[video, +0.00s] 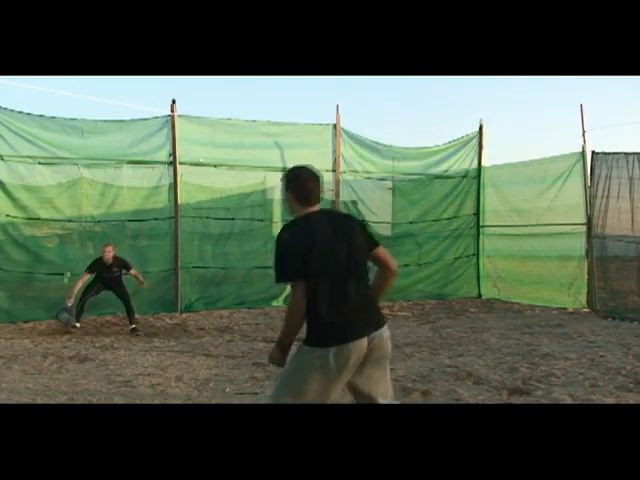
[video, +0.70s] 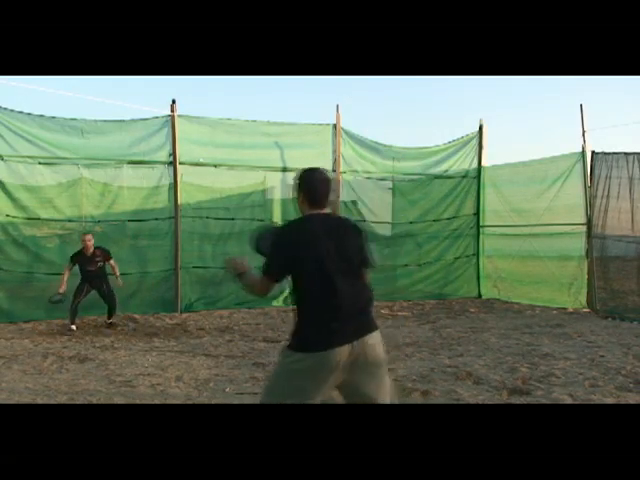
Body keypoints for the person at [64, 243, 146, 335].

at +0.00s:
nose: (107, 255)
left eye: (109, 252)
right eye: (105, 252)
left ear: (113, 253)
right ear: (102, 253)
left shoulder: (120, 262)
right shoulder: (97, 263)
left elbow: (133, 272)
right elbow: (82, 279)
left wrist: (141, 281)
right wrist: (72, 297)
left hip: (116, 283)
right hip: (99, 283)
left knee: (127, 301)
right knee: (83, 298)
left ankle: (133, 326)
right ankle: (77, 322)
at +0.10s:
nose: (97, 265)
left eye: (99, 262)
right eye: (95, 262)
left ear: (104, 262)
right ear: (93, 262)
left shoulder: (112, 267)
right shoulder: (89, 271)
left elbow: (129, 273)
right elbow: (77, 288)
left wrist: (142, 283)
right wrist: (66, 305)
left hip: (110, 285)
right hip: (94, 286)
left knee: (124, 301)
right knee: (78, 301)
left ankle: (133, 325)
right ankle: (74, 325)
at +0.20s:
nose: (86, 274)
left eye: (88, 271)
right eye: (84, 271)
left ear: (94, 269)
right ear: (82, 271)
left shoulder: (102, 270)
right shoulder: (80, 277)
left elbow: (117, 272)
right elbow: (73, 293)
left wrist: (130, 280)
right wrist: (66, 305)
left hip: (102, 287)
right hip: (87, 289)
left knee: (118, 302)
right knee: (72, 302)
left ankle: (132, 325)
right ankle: (73, 326)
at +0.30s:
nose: (82, 274)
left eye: (84, 271)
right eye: (80, 271)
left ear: (89, 269)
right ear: (77, 270)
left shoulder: (96, 269)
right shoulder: (74, 277)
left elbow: (107, 271)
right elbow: (68, 291)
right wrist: (64, 303)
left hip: (96, 286)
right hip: (81, 289)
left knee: (114, 302)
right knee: (68, 303)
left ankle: (130, 324)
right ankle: (71, 325)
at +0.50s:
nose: (79, 258)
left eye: (81, 255)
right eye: (77, 255)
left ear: (85, 254)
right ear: (74, 257)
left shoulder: (93, 261)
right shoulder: (70, 268)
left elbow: (103, 268)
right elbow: (59, 285)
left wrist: (110, 277)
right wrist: (56, 302)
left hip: (95, 284)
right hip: (80, 285)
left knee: (111, 301)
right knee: (68, 301)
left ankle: (118, 319)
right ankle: (71, 325)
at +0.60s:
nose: (82, 250)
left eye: (83, 247)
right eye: (79, 248)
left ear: (87, 247)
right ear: (76, 250)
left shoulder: (96, 257)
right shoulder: (72, 262)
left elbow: (107, 266)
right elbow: (61, 277)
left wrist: (116, 280)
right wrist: (57, 294)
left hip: (98, 283)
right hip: (82, 284)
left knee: (113, 304)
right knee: (70, 301)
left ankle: (112, 318)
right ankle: (71, 325)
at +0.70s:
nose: (87, 243)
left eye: (89, 241)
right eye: (84, 241)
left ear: (93, 241)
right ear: (82, 242)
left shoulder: (102, 252)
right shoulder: (77, 256)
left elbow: (112, 264)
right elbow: (68, 269)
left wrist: (117, 276)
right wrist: (63, 285)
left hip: (101, 281)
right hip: (86, 282)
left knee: (112, 301)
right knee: (75, 301)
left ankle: (109, 320)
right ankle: (72, 325)